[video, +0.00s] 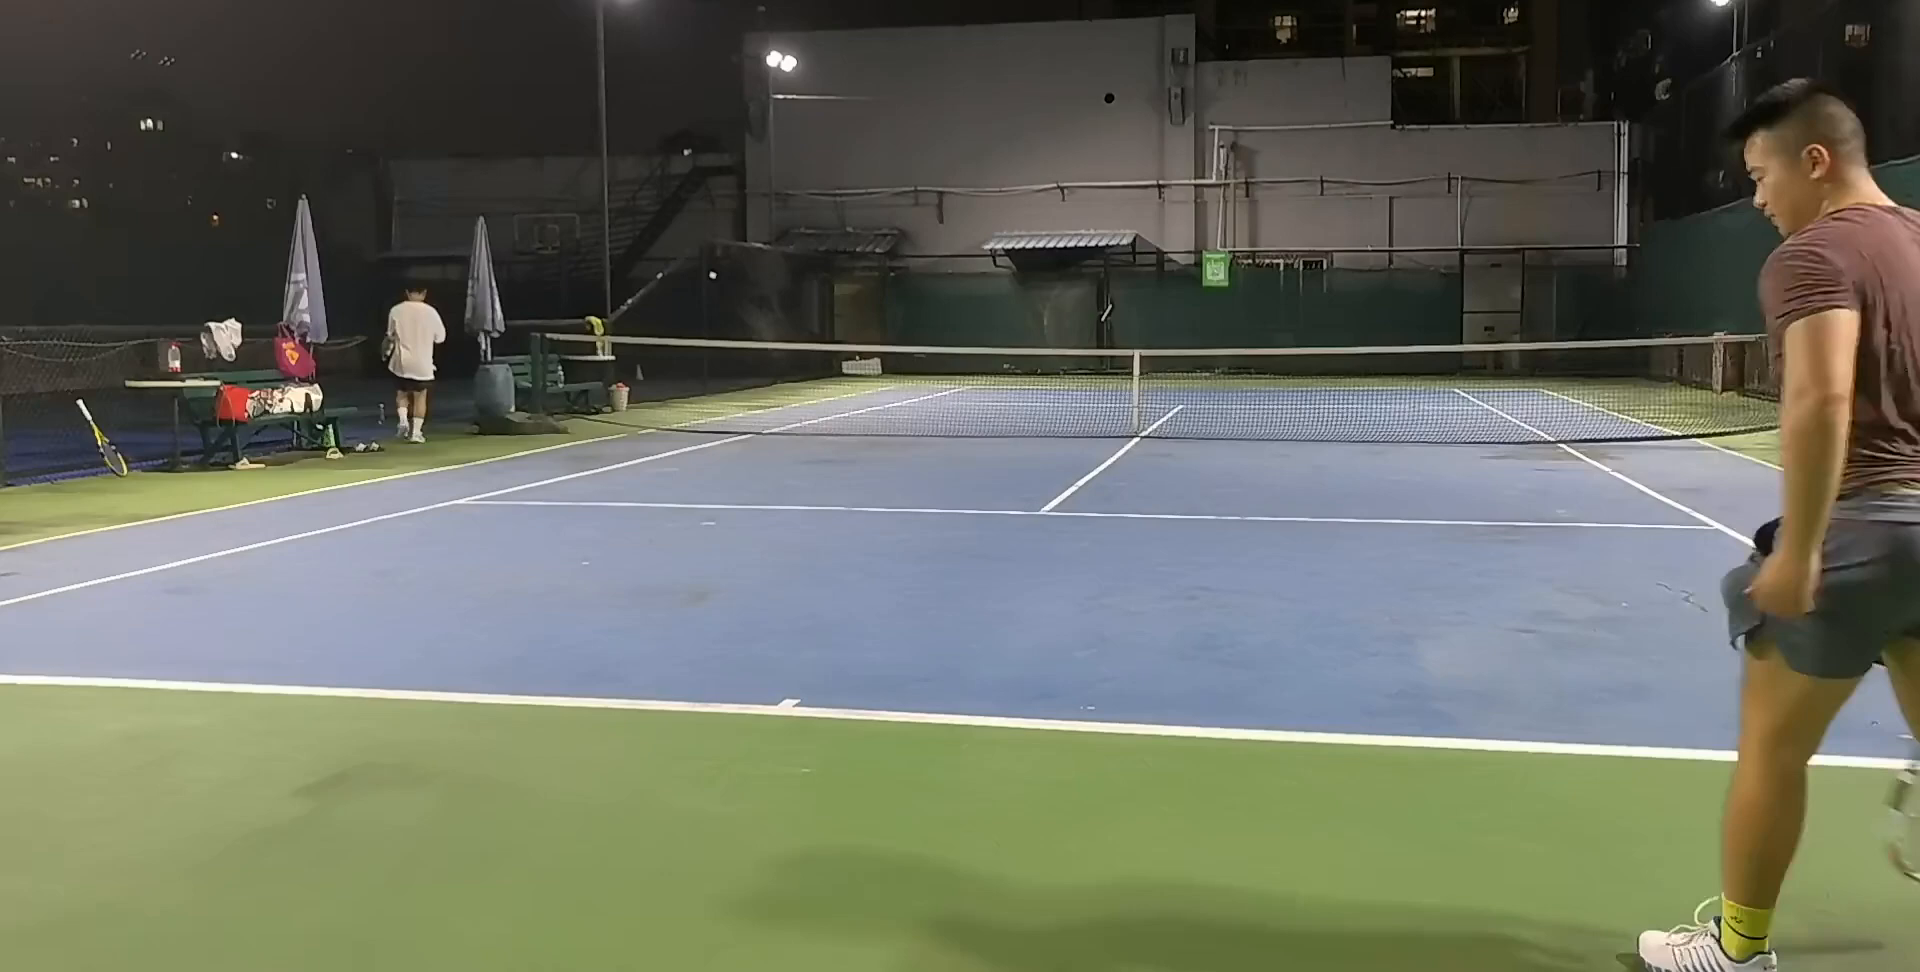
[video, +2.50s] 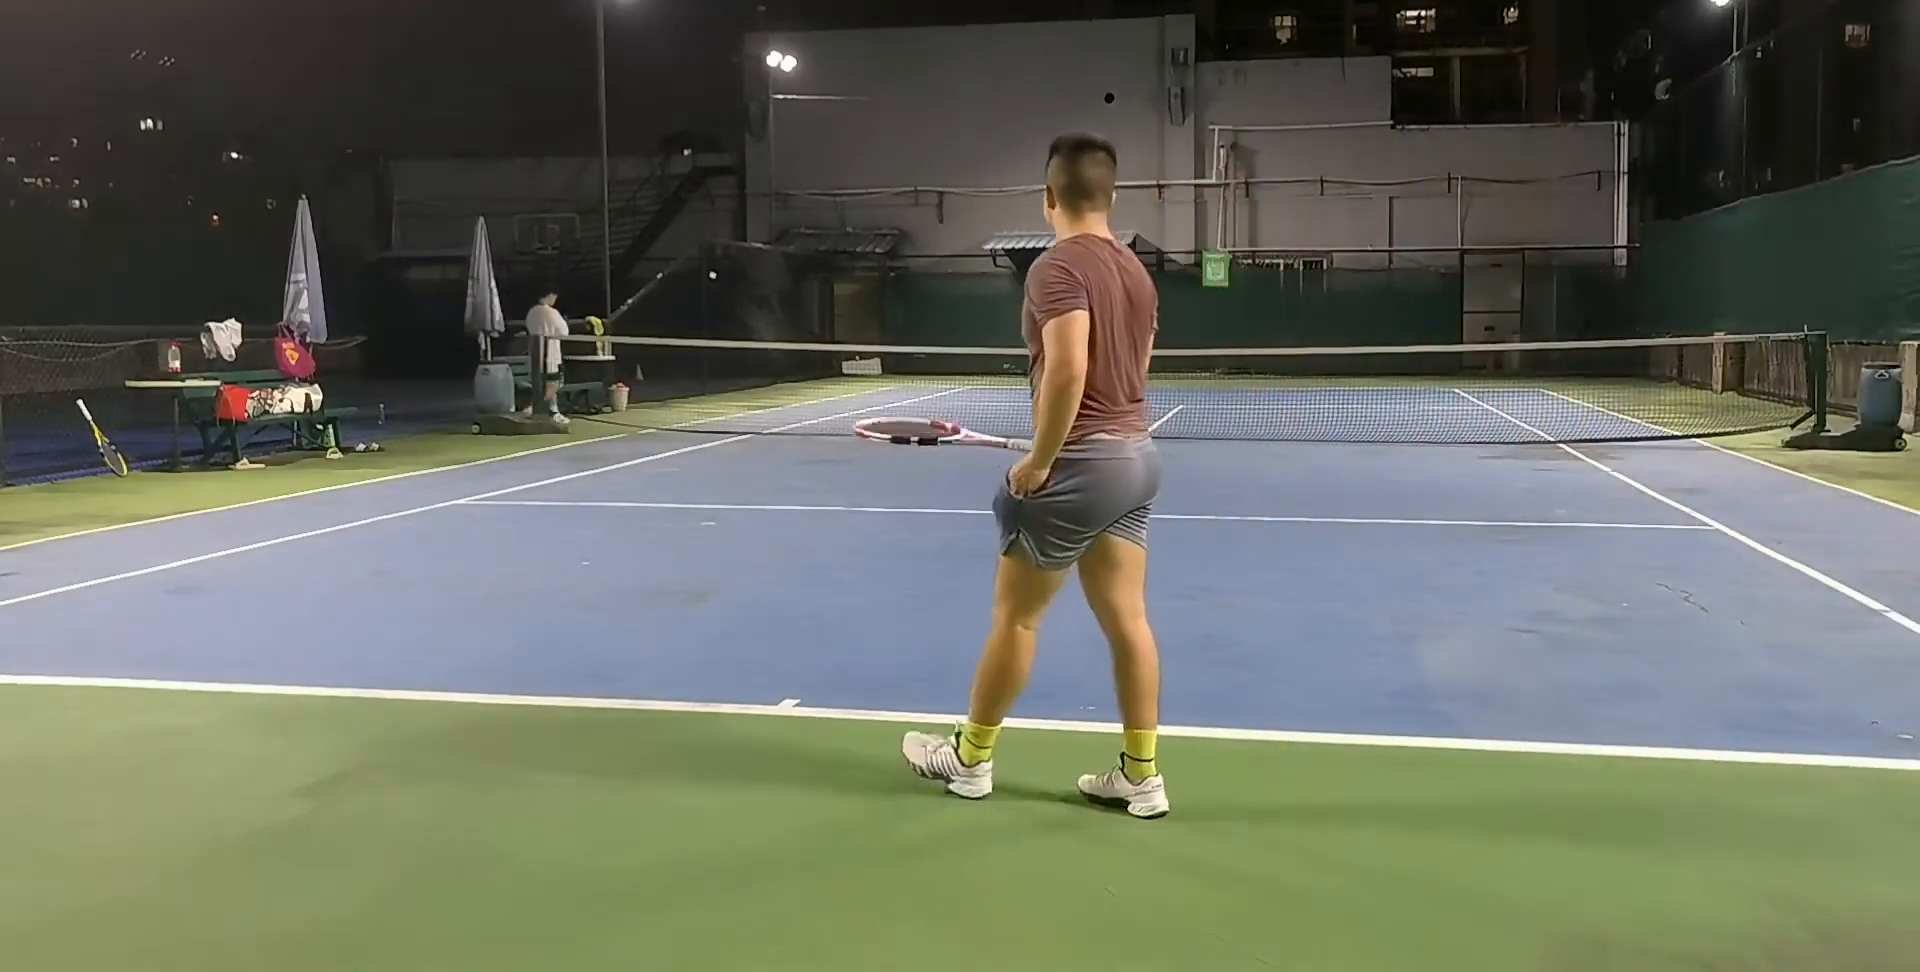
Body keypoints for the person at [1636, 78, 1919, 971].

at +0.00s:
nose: (1757, 201)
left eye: (1762, 179)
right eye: (1753, 183)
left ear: (1820, 162)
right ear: (1833, 162)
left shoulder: (1813, 255)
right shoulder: (1911, 234)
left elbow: (1823, 400)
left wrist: (1796, 551)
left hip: (1858, 530)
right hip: (1917, 521)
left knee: (1773, 747)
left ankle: (1738, 943)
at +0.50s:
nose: (1589, 190)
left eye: (1594, 172)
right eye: (1587, 174)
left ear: (1645, 165)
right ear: (1676, 164)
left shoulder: (1615, 267)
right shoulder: (1767, 261)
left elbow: (1532, 393)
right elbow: (1804, 406)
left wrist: (1488, 436)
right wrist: (1816, 503)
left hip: (1657, 507)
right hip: (1752, 502)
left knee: (1684, 729)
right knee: (1645, 683)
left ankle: (1738, 941)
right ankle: (1609, 860)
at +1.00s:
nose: (1457, 176)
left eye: (1460, 163)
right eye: (1461, 162)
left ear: (1477, 169)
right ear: (1537, 169)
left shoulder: (1487, 246)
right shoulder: (1577, 258)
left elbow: (1480, 356)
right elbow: (1590, 384)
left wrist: (1451, 465)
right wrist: (1544, 450)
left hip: (1504, 478)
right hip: (1579, 477)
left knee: (1412, 644)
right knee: (1561, 667)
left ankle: (1448, 844)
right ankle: (1581, 854)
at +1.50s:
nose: (1268, 182)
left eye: (1270, 170)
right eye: (1272, 168)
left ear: (1286, 176)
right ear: (1343, 175)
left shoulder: (1294, 262)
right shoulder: (1394, 257)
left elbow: (1299, 373)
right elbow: (1417, 367)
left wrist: (1271, 467)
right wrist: (1415, 446)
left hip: (1321, 467)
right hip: (1388, 465)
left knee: (1297, 645)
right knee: (1348, 626)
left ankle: (1310, 821)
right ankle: (1437, 761)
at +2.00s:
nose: (1147, 195)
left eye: (1151, 187)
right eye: (1152, 185)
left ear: (1161, 192)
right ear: (1220, 196)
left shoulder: (1161, 263)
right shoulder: (1253, 277)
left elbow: (1160, 375)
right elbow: (1279, 391)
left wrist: (1147, 475)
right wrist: (1296, 477)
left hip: (1185, 466)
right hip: (1239, 464)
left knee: (1200, 647)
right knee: (1152, 605)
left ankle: (1288, 801)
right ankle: (1141, 772)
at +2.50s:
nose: (1044, 204)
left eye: (1044, 195)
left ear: (1049, 197)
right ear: (1113, 198)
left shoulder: (1056, 269)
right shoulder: (1136, 273)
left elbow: (1068, 370)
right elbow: (1129, 379)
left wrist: (1040, 459)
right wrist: (1051, 434)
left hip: (1076, 461)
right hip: (1134, 455)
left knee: (1016, 615)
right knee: (1126, 615)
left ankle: (970, 757)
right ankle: (1140, 774)